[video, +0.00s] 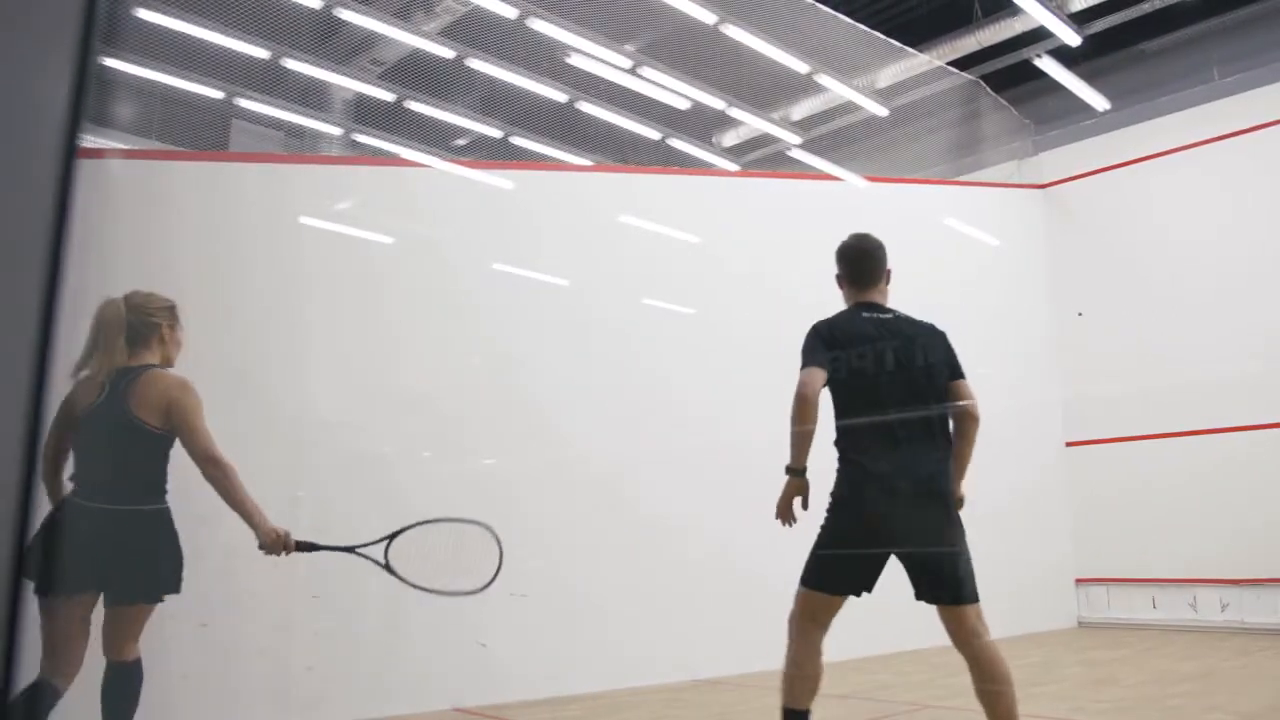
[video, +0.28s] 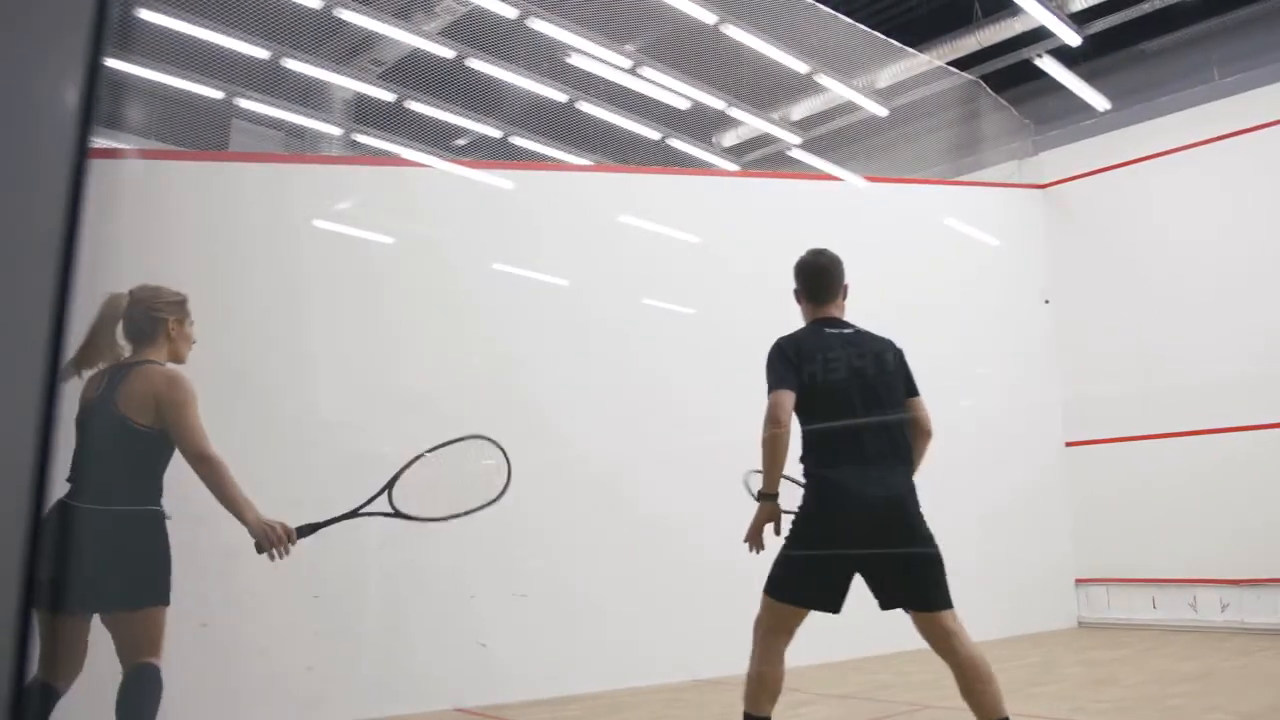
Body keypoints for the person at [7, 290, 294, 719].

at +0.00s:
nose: (181, 341)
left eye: (180, 332)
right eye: (178, 331)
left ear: (127, 334)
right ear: (163, 332)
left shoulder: (85, 390)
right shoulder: (172, 390)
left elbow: (52, 460)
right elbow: (212, 464)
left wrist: (61, 505)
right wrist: (263, 527)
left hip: (74, 536)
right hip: (140, 540)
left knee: (57, 669)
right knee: (123, 649)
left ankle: (25, 710)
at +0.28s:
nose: (194, 336)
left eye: (193, 326)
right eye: (190, 325)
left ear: (138, 329)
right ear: (170, 328)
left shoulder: (97, 381)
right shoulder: (168, 382)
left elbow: (86, 466)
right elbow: (202, 458)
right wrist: (256, 522)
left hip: (67, 535)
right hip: (129, 540)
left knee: (57, 667)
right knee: (142, 665)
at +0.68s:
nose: (236, 306)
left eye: (235, 295)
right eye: (231, 295)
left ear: (181, 298)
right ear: (209, 296)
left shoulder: (142, 355)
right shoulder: (199, 348)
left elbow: (145, 457)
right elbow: (198, 427)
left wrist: (208, 492)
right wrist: (247, 499)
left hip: (121, 515)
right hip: (174, 519)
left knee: (106, 660)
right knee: (197, 681)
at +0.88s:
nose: (265, 287)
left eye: (263, 276)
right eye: (261, 276)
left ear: (217, 280)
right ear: (239, 277)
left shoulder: (187, 334)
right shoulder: (216, 330)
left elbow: (191, 438)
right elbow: (199, 415)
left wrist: (245, 492)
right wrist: (237, 489)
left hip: (170, 504)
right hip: (202, 508)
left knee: (182, 669)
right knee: (208, 680)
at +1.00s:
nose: (284, 274)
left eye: (281, 263)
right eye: (278, 263)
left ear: (245, 266)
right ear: (257, 265)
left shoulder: (231, 325)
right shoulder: (222, 318)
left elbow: (216, 426)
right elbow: (201, 406)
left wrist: (258, 483)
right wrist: (239, 487)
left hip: (222, 502)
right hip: (205, 502)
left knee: (244, 661)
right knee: (203, 676)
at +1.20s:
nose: (316, 264)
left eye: (314, 252)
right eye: (310, 251)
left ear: (277, 254)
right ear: (287, 252)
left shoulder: (263, 319)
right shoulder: (241, 308)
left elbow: (252, 428)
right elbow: (216, 402)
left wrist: (302, 477)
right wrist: (260, 481)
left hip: (264, 506)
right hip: (228, 504)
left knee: (313, 651)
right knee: (201, 678)